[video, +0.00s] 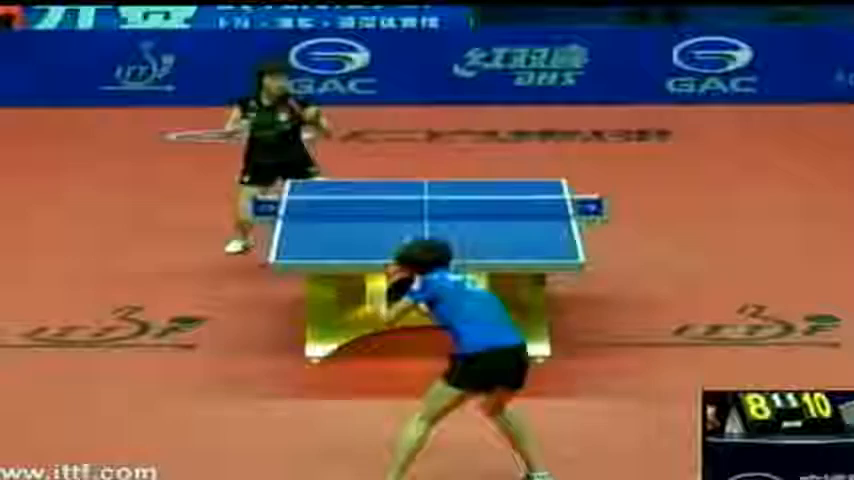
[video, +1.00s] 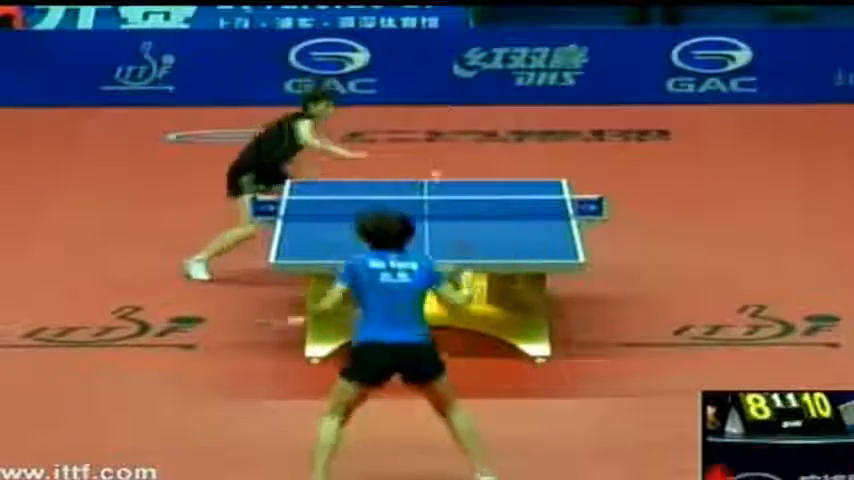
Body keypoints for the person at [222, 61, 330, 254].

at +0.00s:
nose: (280, 85)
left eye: (283, 79)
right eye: (274, 79)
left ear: (287, 82)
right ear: (263, 82)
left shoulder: (294, 104)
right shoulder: (248, 106)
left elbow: (325, 130)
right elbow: (231, 127)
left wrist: (316, 122)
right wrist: (236, 128)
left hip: (295, 163)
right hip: (260, 165)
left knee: (320, 193)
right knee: (244, 207)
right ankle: (244, 238)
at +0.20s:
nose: (299, 85)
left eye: (302, 79)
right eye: (293, 79)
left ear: (307, 83)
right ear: (282, 81)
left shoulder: (310, 105)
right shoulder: (260, 104)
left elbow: (326, 132)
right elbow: (238, 122)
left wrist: (313, 133)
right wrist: (242, 125)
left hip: (299, 160)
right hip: (262, 163)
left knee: (329, 190)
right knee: (249, 208)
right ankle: (243, 237)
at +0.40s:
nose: (323, 92)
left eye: (327, 87)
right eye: (318, 86)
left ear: (331, 90)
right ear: (307, 88)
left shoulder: (330, 114)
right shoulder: (287, 105)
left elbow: (339, 139)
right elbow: (254, 127)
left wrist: (345, 145)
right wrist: (280, 132)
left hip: (300, 156)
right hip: (268, 156)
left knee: (325, 196)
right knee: (255, 210)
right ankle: (226, 229)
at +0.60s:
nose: (321, 101)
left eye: (326, 97)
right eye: (317, 95)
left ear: (330, 100)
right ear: (306, 96)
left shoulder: (328, 123)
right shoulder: (284, 112)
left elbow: (339, 151)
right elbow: (246, 131)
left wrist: (354, 164)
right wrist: (275, 137)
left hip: (292, 164)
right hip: (261, 161)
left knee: (324, 198)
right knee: (244, 209)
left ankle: (323, 253)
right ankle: (206, 251)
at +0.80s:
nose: (314, 114)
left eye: (316, 109)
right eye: (309, 108)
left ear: (319, 113)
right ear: (297, 109)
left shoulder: (310, 138)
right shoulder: (273, 124)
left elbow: (320, 167)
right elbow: (250, 147)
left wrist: (342, 176)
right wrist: (288, 149)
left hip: (268, 176)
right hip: (240, 173)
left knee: (298, 207)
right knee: (241, 221)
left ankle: (296, 261)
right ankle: (198, 263)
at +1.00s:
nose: (329, 112)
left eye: (330, 107)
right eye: (326, 107)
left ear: (319, 110)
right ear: (313, 107)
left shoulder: (306, 124)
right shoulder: (301, 123)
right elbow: (314, 144)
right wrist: (348, 154)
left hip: (270, 172)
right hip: (246, 173)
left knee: (301, 203)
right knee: (249, 226)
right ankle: (199, 260)